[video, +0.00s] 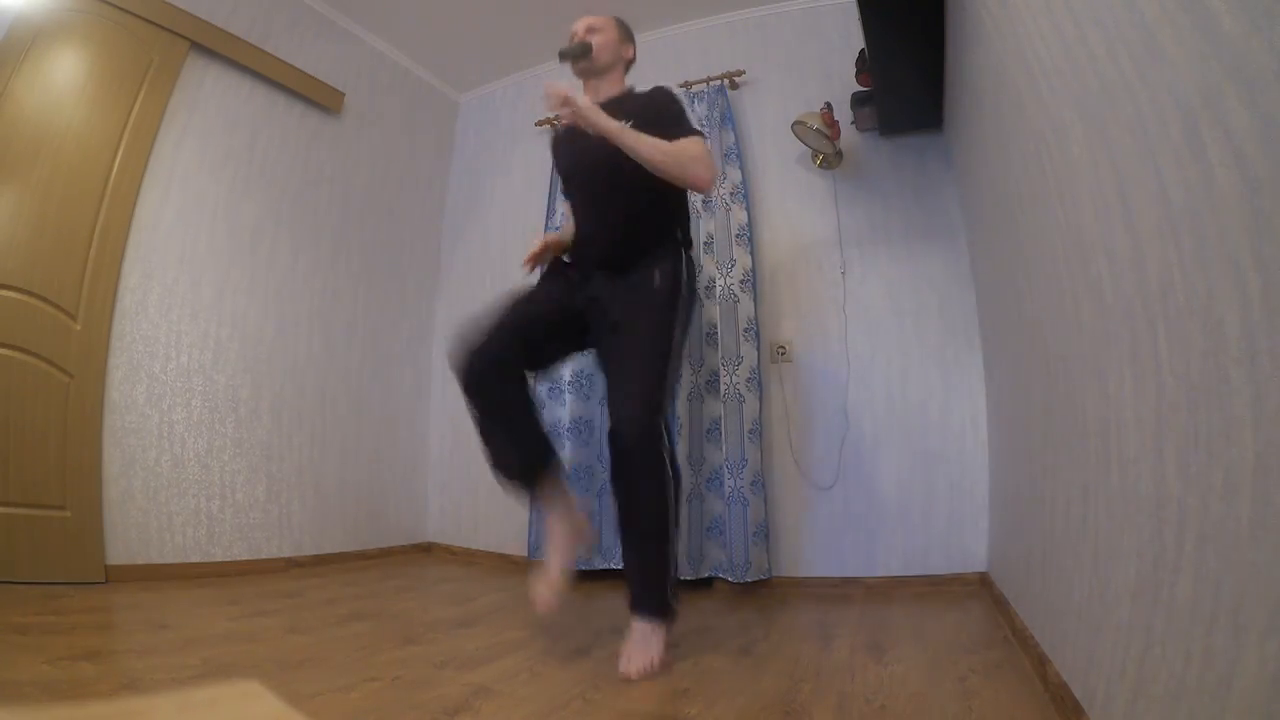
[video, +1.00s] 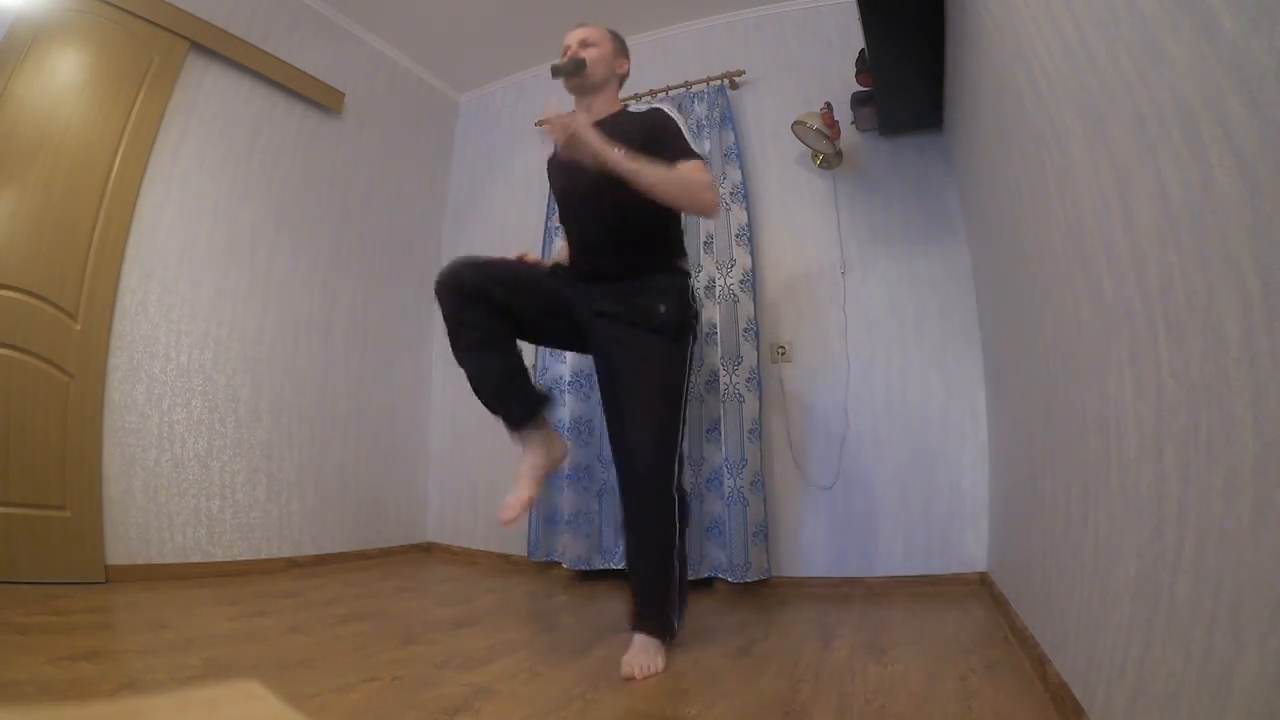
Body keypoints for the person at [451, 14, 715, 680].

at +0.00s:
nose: (578, 39)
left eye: (593, 30)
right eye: (571, 35)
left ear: (627, 49)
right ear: (569, 59)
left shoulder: (657, 105)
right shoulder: (567, 133)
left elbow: (702, 172)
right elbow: (593, 211)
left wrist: (601, 124)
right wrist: (560, 241)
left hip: (648, 285)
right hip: (582, 283)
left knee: (633, 430)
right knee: (484, 361)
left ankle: (650, 613)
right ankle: (558, 508)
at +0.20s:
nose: (581, 48)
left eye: (597, 42)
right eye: (575, 45)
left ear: (629, 67)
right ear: (569, 75)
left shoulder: (668, 139)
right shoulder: (547, 148)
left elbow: (710, 223)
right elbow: (506, 238)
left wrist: (671, 238)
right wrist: (493, 205)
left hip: (652, 291)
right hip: (578, 304)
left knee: (595, 240)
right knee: (591, 458)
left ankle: (620, 453)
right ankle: (627, 608)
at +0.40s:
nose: (572, 40)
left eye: (588, 32)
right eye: (566, 37)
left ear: (622, 54)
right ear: (562, 65)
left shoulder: (655, 114)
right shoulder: (563, 139)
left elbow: (713, 191)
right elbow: (574, 233)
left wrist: (617, 162)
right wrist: (534, 235)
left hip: (642, 292)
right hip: (577, 288)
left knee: (640, 459)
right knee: (467, 307)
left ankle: (646, 622)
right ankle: (543, 460)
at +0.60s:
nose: (579, 30)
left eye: (594, 22)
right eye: (572, 27)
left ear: (626, 44)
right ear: (565, 53)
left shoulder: (660, 107)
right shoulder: (554, 123)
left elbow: (706, 188)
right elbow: (551, 196)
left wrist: (613, 142)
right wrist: (542, 224)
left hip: (642, 268)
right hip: (570, 274)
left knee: (625, 396)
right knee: (535, 425)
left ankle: (638, 571)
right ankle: (581, 574)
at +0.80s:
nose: (573, 38)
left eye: (588, 30)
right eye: (566, 35)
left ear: (621, 51)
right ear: (558, 62)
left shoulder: (660, 123)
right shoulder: (543, 136)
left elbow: (708, 197)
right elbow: (503, 225)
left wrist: (673, 213)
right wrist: (499, 174)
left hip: (650, 279)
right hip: (579, 292)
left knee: (609, 268)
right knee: (579, 445)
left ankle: (626, 468)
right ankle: (594, 601)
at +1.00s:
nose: (572, 49)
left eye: (588, 41)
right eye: (565, 45)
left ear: (622, 65)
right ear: (559, 74)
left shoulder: (650, 124)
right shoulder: (565, 154)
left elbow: (706, 198)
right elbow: (587, 246)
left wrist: (603, 151)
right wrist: (543, 265)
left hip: (647, 309)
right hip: (581, 300)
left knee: (647, 471)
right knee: (462, 283)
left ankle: (650, 625)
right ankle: (536, 439)